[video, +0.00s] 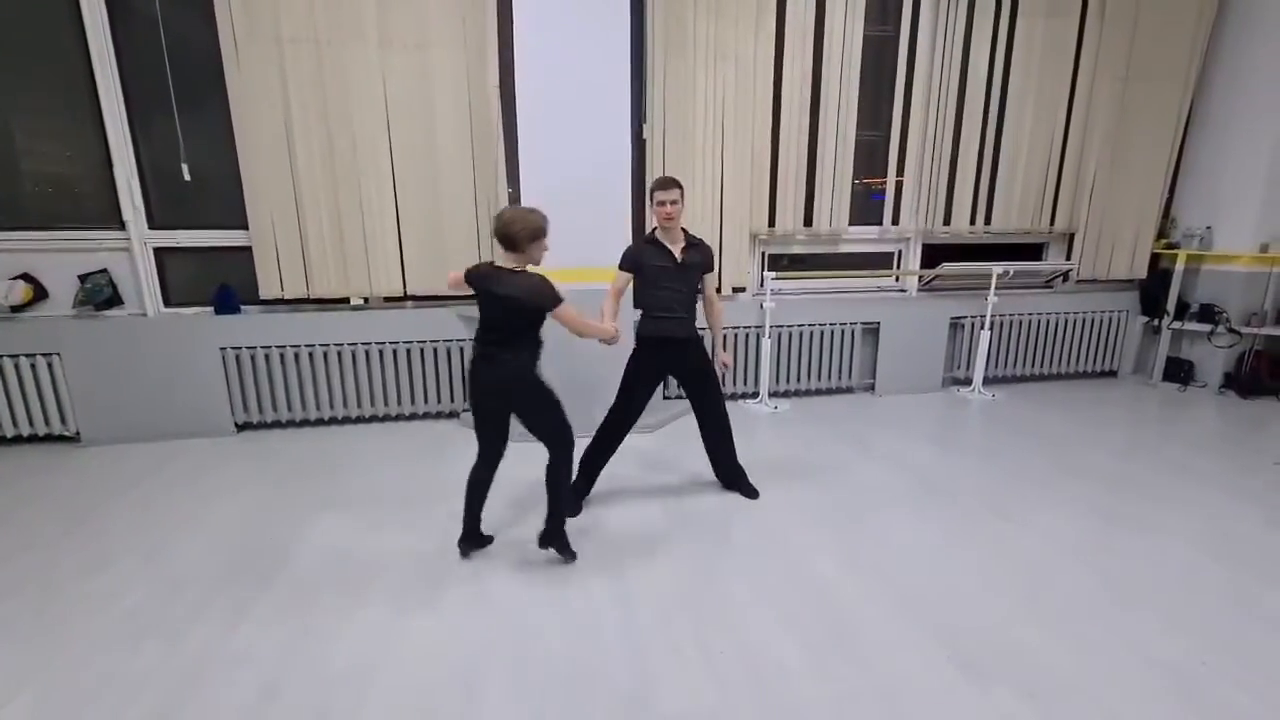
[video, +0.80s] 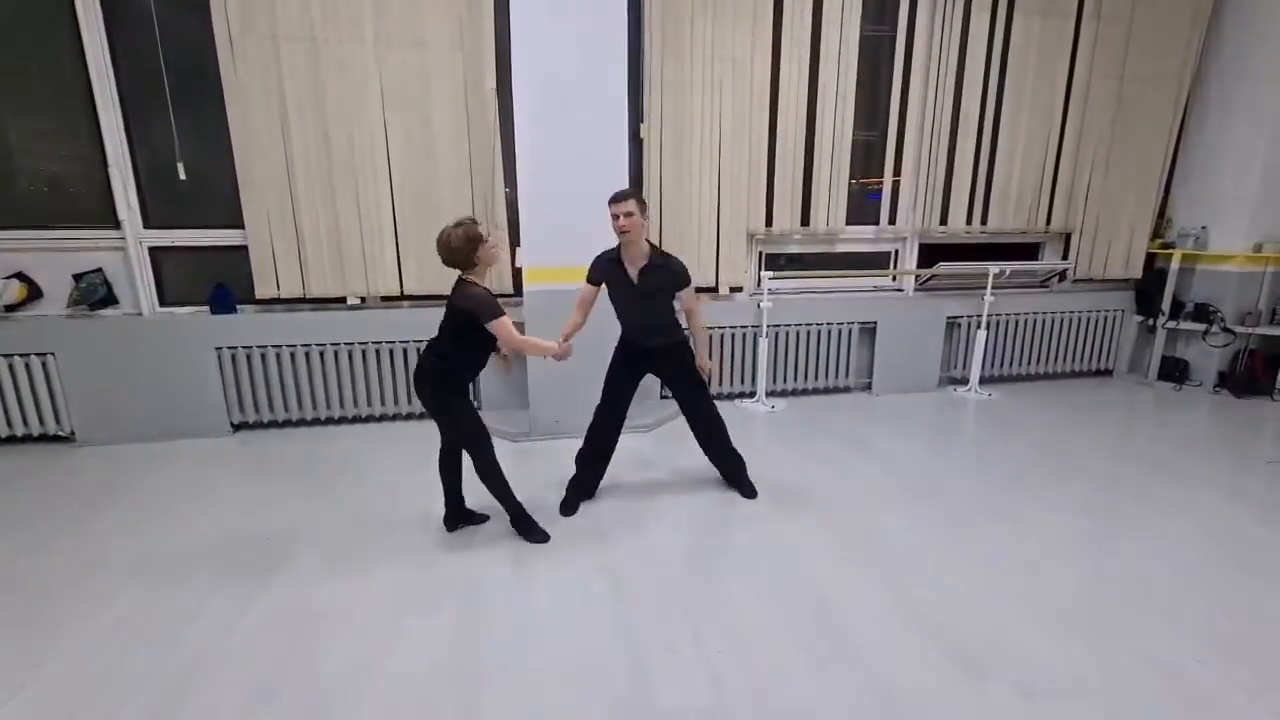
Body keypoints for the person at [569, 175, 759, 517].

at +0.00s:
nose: (668, 210)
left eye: (673, 203)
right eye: (661, 204)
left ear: (683, 206)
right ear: (652, 208)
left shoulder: (701, 251)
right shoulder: (639, 251)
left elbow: (711, 302)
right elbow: (614, 293)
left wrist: (720, 348)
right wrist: (609, 324)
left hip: (688, 345)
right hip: (651, 345)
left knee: (713, 410)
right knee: (621, 417)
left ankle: (731, 475)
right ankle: (579, 487)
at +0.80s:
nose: (621, 223)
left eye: (628, 216)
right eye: (615, 217)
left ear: (644, 219)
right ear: (611, 223)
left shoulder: (670, 267)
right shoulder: (605, 264)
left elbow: (693, 311)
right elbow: (581, 310)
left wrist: (701, 354)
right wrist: (564, 337)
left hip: (671, 348)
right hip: (630, 349)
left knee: (702, 412)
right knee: (607, 416)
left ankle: (735, 474)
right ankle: (580, 486)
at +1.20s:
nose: (628, 211)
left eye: (635, 204)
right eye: (623, 205)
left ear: (651, 205)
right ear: (618, 207)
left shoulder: (666, 257)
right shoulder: (605, 246)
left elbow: (676, 313)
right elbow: (577, 286)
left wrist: (662, 361)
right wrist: (561, 309)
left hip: (657, 349)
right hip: (616, 350)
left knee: (695, 413)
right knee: (595, 418)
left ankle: (736, 471)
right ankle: (579, 488)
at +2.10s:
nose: (639, 219)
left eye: (645, 212)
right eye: (632, 214)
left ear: (655, 215)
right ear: (623, 219)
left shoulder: (669, 252)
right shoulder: (619, 261)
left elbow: (664, 295)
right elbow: (577, 288)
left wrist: (676, 325)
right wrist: (531, 294)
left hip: (673, 352)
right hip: (638, 353)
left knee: (695, 423)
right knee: (599, 416)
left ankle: (694, 478)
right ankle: (546, 475)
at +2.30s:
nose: (616, 222)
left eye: (623, 214)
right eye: (612, 216)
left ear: (643, 214)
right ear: (610, 220)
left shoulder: (671, 251)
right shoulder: (611, 264)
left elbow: (693, 283)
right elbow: (594, 317)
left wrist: (699, 312)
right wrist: (566, 322)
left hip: (664, 351)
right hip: (626, 353)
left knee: (684, 418)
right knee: (591, 415)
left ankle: (692, 478)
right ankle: (541, 481)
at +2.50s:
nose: (604, 227)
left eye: (610, 219)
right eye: (601, 221)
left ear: (631, 218)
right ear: (602, 223)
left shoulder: (665, 255)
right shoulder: (604, 265)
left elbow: (695, 296)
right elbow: (586, 307)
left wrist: (677, 317)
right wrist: (578, 331)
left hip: (652, 352)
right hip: (611, 350)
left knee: (677, 416)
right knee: (573, 410)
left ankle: (691, 479)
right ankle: (533, 470)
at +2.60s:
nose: (603, 223)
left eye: (610, 217)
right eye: (600, 217)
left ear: (630, 217)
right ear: (597, 220)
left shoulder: (651, 260)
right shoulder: (591, 255)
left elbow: (675, 308)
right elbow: (550, 272)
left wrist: (650, 326)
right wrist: (520, 286)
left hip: (642, 356)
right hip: (602, 354)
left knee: (673, 418)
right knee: (568, 413)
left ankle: (691, 478)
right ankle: (527, 466)